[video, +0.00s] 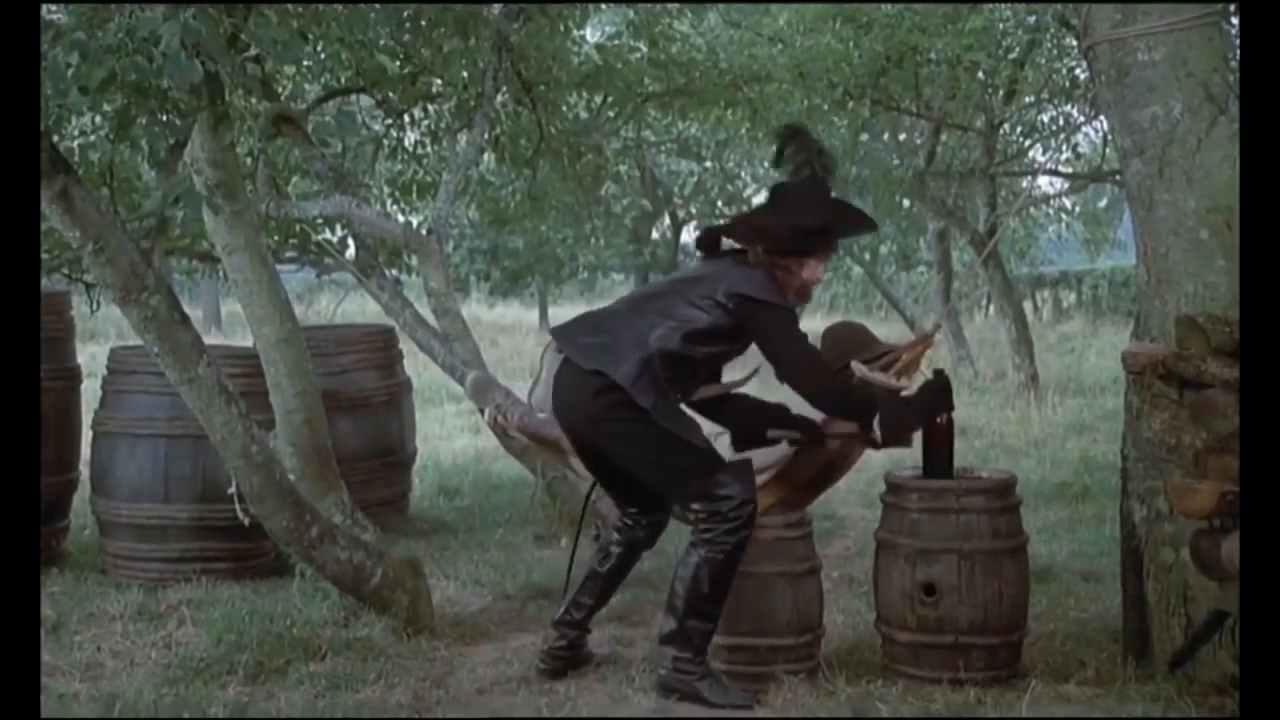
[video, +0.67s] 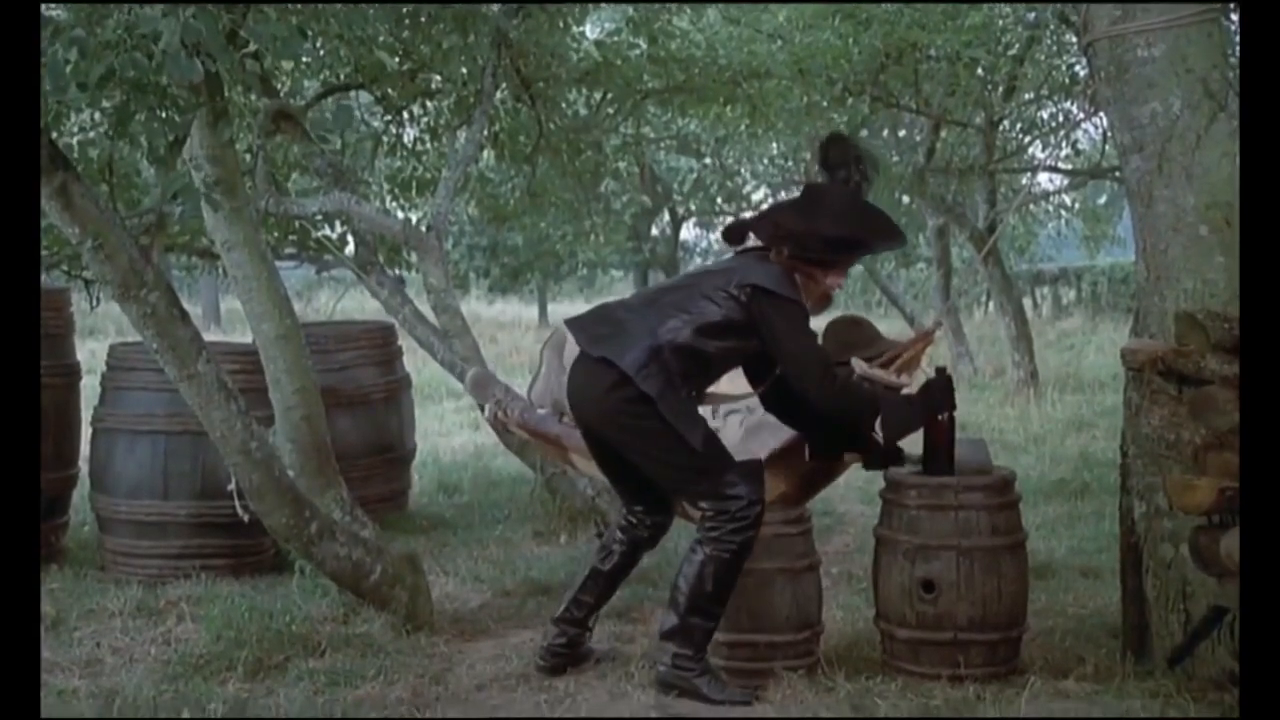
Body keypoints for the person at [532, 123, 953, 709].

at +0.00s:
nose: (821, 275)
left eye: (825, 262)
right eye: (817, 261)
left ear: (764, 248)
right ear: (783, 255)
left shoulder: (714, 278)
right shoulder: (754, 288)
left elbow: (707, 394)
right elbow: (823, 384)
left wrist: (807, 427)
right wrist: (902, 405)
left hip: (574, 382)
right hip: (608, 391)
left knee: (644, 511)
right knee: (728, 499)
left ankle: (564, 641)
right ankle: (686, 666)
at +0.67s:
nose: (840, 288)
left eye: (844, 276)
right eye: (839, 275)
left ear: (788, 254)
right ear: (809, 265)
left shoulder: (742, 279)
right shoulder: (770, 290)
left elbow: (783, 397)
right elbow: (819, 386)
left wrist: (863, 440)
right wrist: (892, 412)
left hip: (590, 379)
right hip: (629, 388)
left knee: (647, 512)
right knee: (735, 502)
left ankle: (565, 638)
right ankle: (684, 662)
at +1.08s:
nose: (822, 269)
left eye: (829, 258)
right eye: (819, 256)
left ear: (776, 237)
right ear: (790, 246)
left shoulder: (735, 259)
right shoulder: (745, 272)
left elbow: (750, 373)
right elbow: (767, 375)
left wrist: (818, 419)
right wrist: (834, 415)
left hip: (593, 354)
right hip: (605, 362)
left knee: (688, 482)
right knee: (702, 487)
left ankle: (638, 619)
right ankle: (683, 659)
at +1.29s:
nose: (808, 269)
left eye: (814, 257)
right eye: (803, 255)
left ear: (778, 246)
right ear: (769, 242)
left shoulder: (743, 276)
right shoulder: (711, 275)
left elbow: (730, 386)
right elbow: (732, 397)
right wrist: (817, 459)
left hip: (625, 352)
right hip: (587, 349)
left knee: (690, 469)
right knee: (669, 472)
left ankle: (636, 621)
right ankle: (647, 640)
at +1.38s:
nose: (805, 271)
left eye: (810, 258)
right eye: (799, 257)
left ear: (774, 251)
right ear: (762, 246)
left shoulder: (746, 280)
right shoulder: (709, 279)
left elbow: (717, 376)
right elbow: (722, 402)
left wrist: (720, 434)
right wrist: (786, 492)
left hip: (631, 359)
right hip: (584, 352)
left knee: (687, 480)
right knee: (653, 484)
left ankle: (641, 620)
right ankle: (611, 650)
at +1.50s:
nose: (800, 299)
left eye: (808, 285)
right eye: (795, 282)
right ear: (760, 268)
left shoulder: (729, 297)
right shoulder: (704, 304)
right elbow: (710, 442)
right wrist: (742, 538)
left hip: (630, 365)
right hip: (575, 358)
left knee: (689, 481)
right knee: (639, 485)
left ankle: (654, 619)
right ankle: (606, 652)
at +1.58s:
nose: (807, 334)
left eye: (817, 322)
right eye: (808, 317)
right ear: (778, 303)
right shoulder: (703, 333)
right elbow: (702, 465)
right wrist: (728, 567)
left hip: (634, 371)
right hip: (571, 361)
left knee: (681, 489)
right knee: (630, 494)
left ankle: (663, 619)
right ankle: (603, 651)